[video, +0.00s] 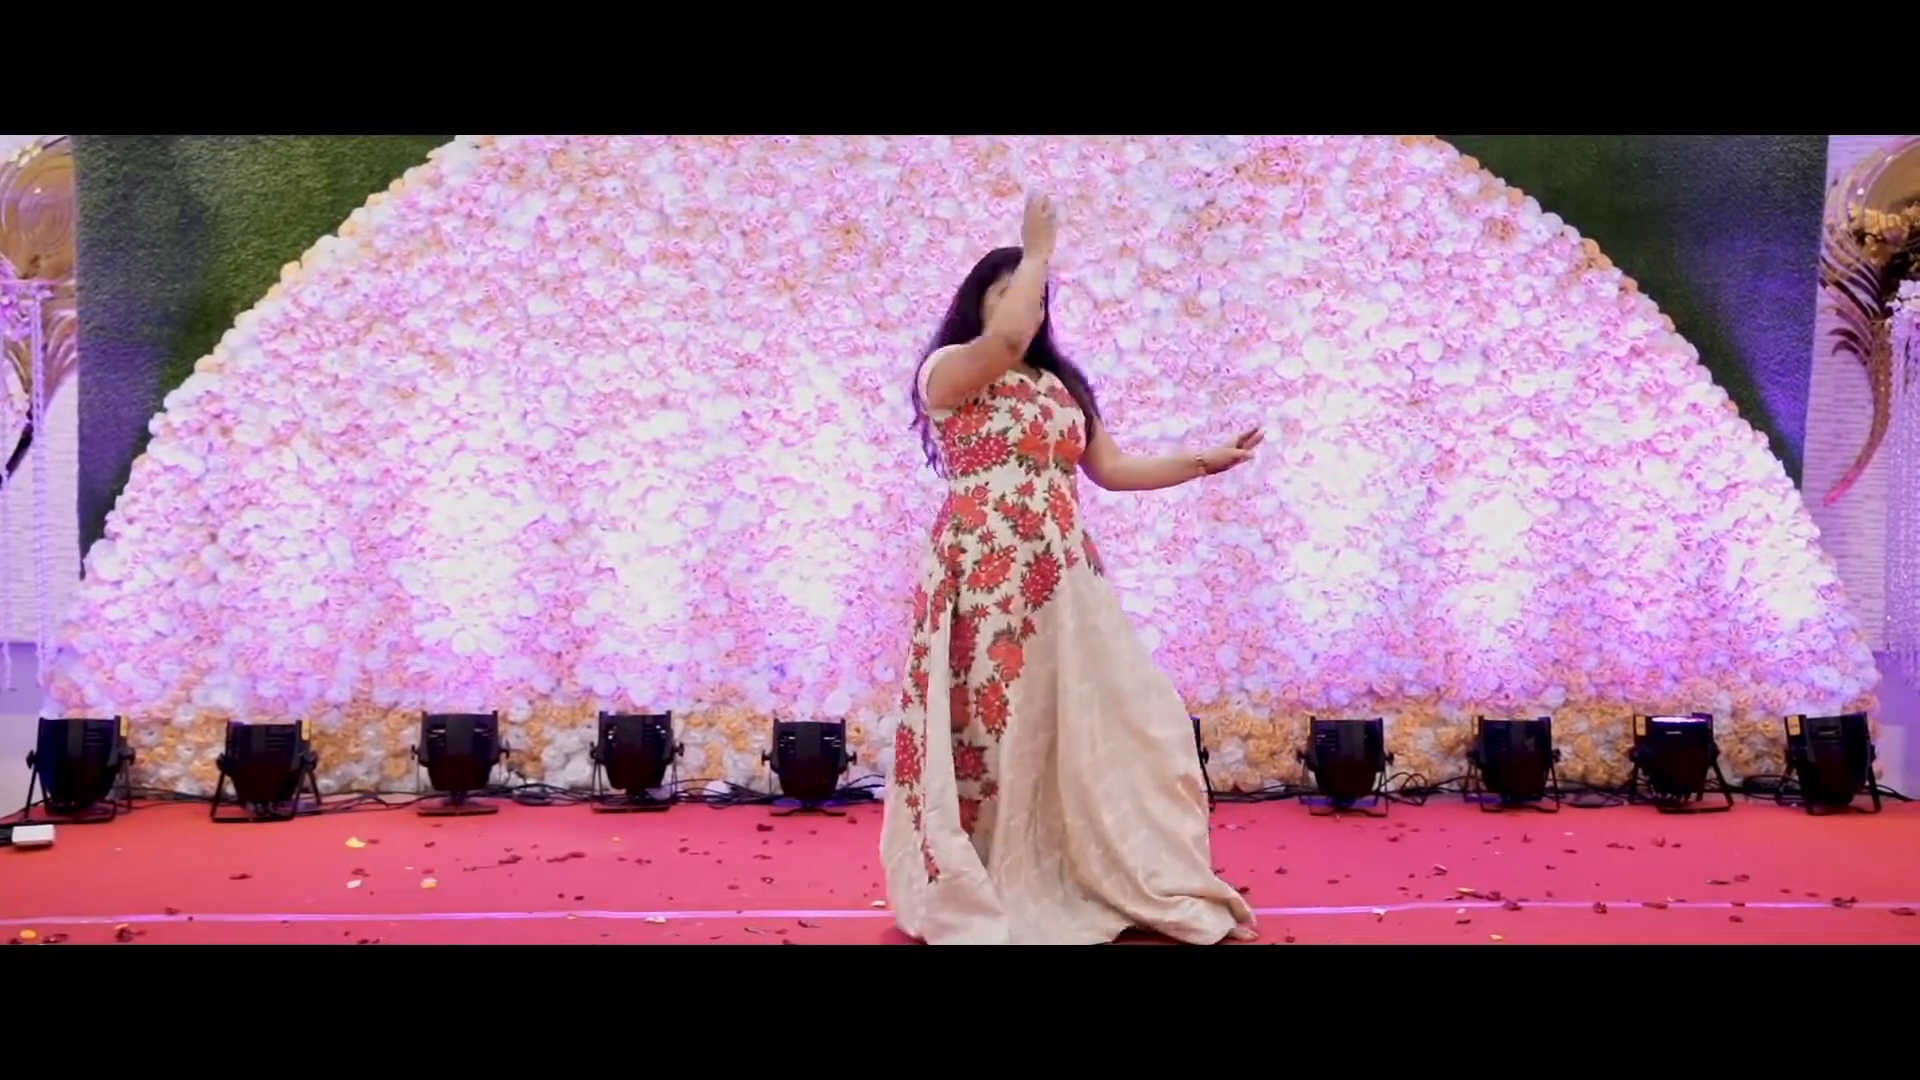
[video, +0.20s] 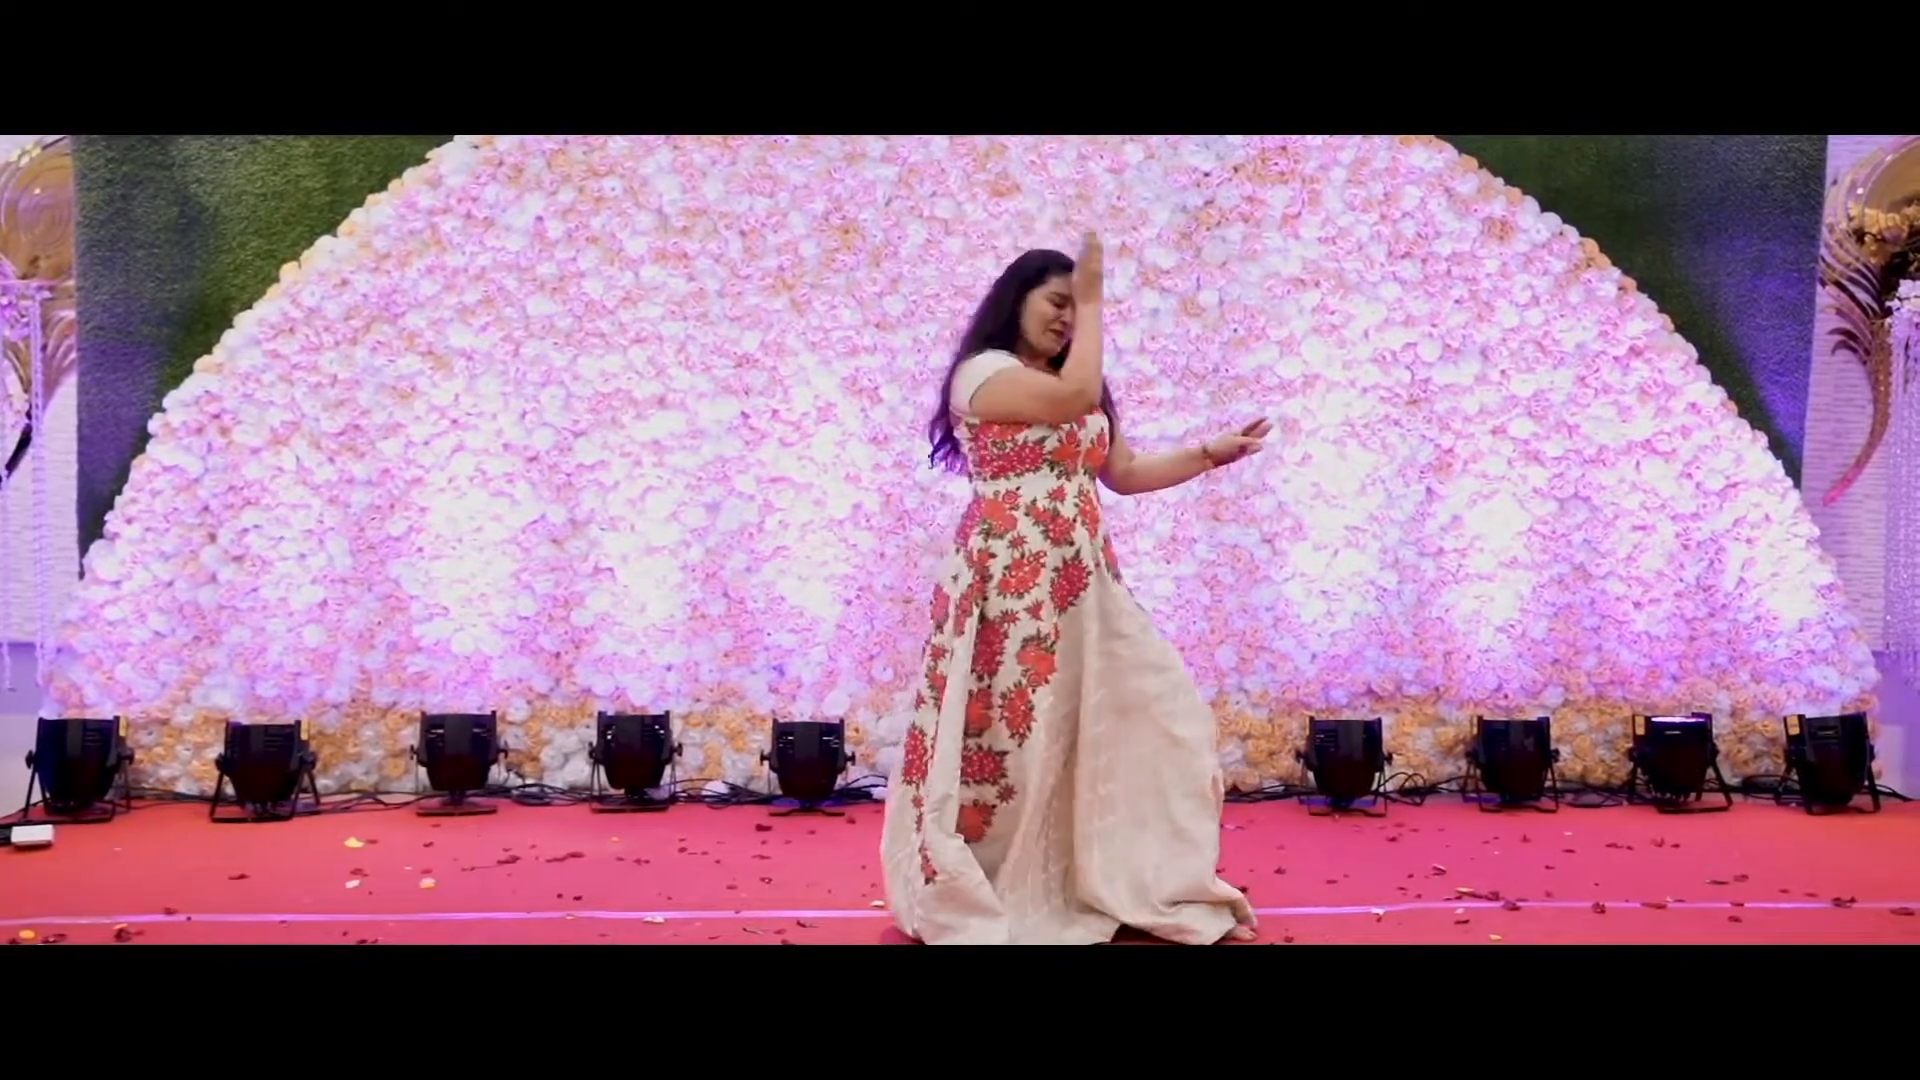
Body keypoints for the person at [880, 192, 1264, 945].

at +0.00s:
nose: (1030, 304)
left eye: (1039, 292)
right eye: (1013, 291)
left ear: (1043, 309)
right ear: (980, 301)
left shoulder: (1061, 388)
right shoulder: (944, 374)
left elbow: (1112, 469)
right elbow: (1010, 336)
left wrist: (1202, 460)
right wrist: (1033, 259)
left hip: (1065, 570)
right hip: (983, 568)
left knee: (1109, 720)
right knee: (989, 726)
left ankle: (1135, 886)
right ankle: (979, 891)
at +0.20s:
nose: (1066, 316)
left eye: (1075, 306)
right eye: (1052, 300)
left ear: (1078, 315)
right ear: (1014, 301)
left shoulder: (1082, 389)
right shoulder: (981, 374)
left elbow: (1125, 474)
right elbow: (1076, 392)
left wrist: (1206, 453)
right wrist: (1091, 297)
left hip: (1086, 580)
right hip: (1011, 579)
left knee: (1174, 719)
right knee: (1010, 734)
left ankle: (1157, 889)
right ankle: (980, 895)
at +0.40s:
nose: (1146, 328)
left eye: (1150, 318)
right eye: (1138, 312)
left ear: (1127, 318)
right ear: (1098, 299)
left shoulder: (1105, 386)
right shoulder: (1042, 353)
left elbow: (1139, 490)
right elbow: (1129, 407)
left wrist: (1215, 453)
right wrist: (1160, 342)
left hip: (1099, 574)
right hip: (1035, 571)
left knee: (1180, 714)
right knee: (1033, 726)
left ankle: (1160, 890)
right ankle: (996, 895)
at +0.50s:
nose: (1176, 346)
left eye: (1180, 334)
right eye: (1172, 327)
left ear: (1146, 328)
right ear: (1138, 314)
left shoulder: (1130, 395)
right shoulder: (1071, 350)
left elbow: (1147, 504)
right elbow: (1149, 416)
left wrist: (1222, 458)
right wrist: (1192, 361)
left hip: (1097, 574)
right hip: (1035, 569)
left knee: (1175, 711)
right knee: (1038, 722)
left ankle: (1163, 888)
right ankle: (1017, 892)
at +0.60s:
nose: (1194, 370)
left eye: (1199, 359)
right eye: (1193, 354)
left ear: (1168, 345)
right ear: (1162, 334)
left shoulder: (1137, 410)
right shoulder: (1095, 355)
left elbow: (1149, 519)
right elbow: (1162, 422)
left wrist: (1225, 469)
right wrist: (1207, 386)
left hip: (1089, 581)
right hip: (1025, 574)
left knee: (1162, 717)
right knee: (1038, 728)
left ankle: (1148, 888)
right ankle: (1016, 895)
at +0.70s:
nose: (1204, 387)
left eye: (1206, 376)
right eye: (1201, 373)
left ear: (1168, 369)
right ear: (1171, 357)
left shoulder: (1135, 437)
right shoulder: (1105, 363)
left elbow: (1145, 534)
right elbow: (1175, 412)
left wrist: (1216, 484)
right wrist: (1216, 406)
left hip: (1076, 584)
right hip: (1009, 576)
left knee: (1152, 708)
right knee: (1047, 723)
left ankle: (1143, 888)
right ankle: (1017, 896)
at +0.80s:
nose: (1199, 402)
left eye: (1205, 393)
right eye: (1199, 390)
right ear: (1173, 372)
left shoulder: (1126, 449)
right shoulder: (1098, 367)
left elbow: (1134, 546)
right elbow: (1170, 403)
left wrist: (1198, 494)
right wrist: (1196, 424)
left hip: (1062, 587)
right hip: (997, 577)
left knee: (1146, 712)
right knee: (1048, 725)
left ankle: (1149, 889)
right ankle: (1022, 898)